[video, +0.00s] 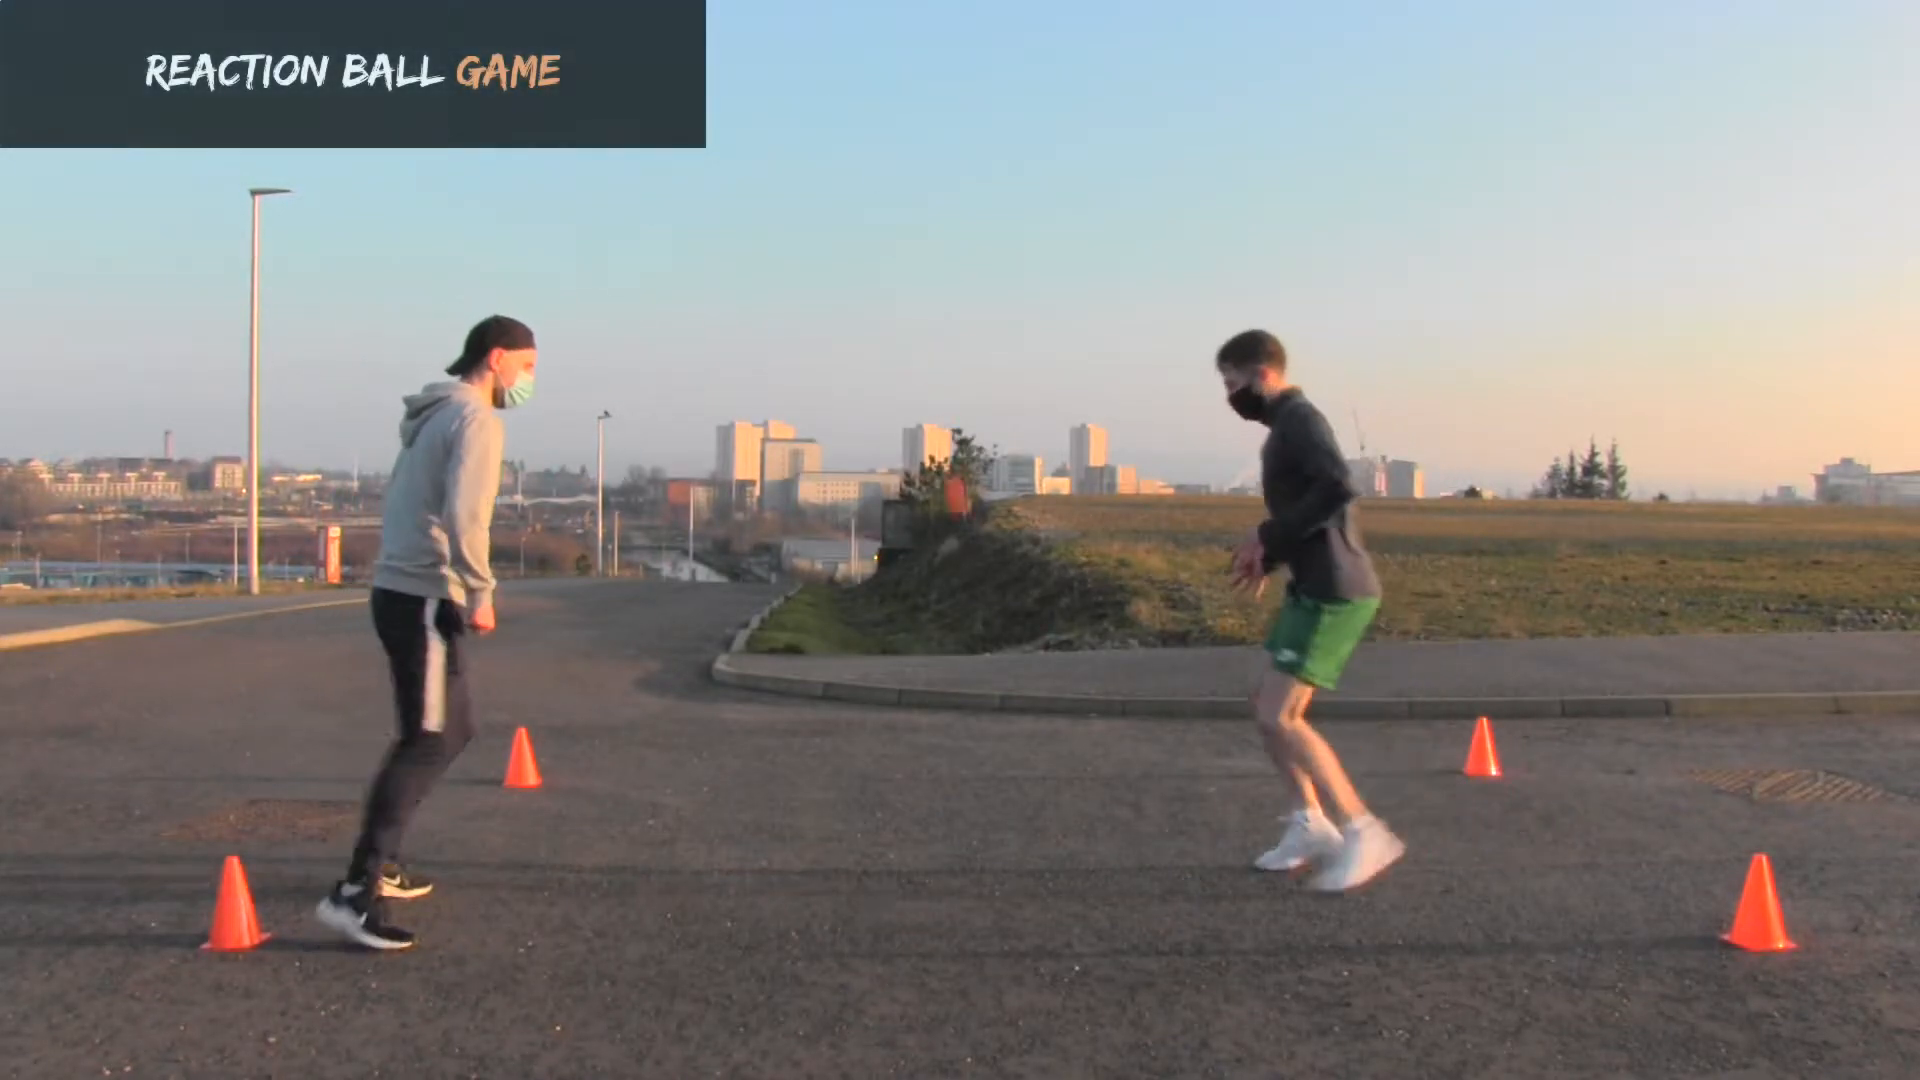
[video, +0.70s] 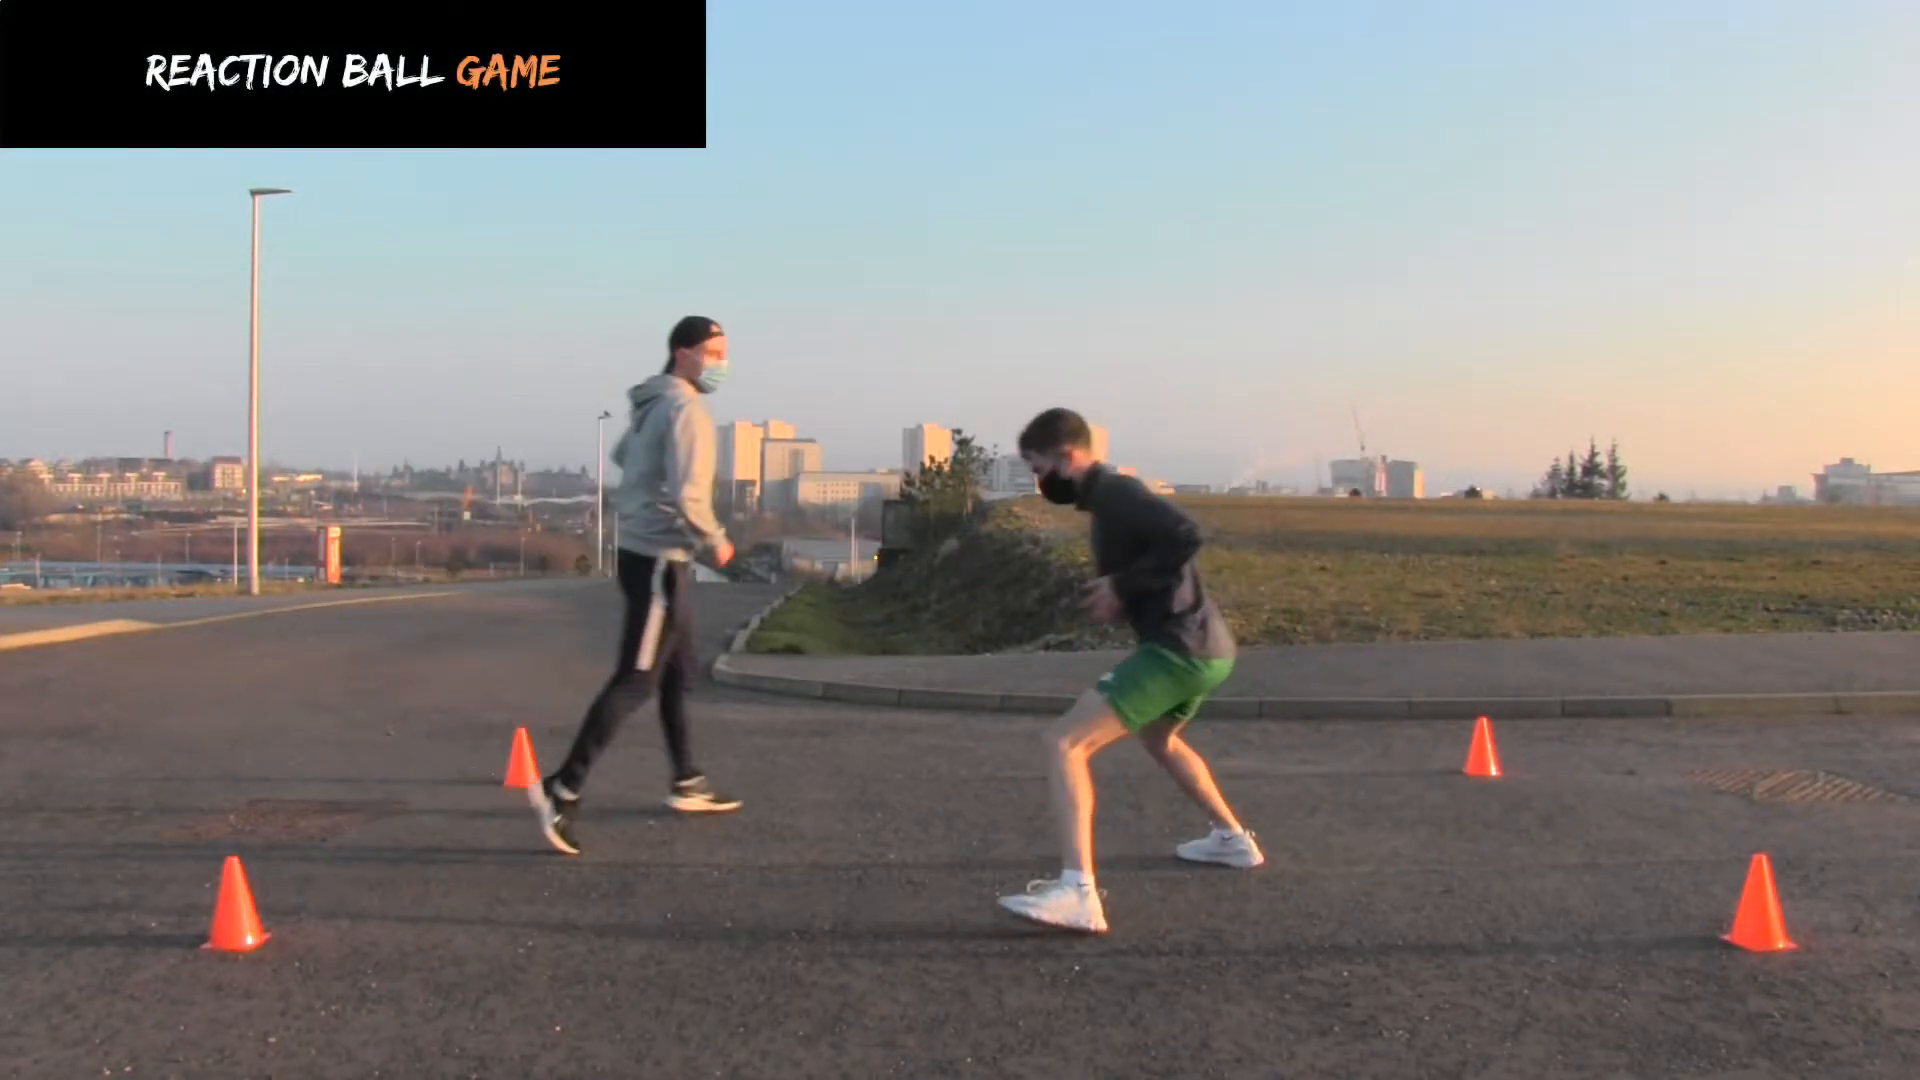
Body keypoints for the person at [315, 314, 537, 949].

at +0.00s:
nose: (530, 379)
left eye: (532, 367)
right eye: (527, 366)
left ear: (489, 358)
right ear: (496, 358)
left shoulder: (444, 411)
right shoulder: (478, 419)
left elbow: (425, 508)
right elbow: (464, 513)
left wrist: (455, 586)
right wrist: (481, 589)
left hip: (412, 591)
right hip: (419, 595)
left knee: (452, 727)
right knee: (426, 736)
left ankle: (378, 865)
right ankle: (356, 892)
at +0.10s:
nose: (541, 391)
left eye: (543, 381)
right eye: (538, 379)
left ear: (500, 369)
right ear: (506, 369)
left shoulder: (457, 419)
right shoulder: (492, 426)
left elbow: (458, 525)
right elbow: (471, 513)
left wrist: (522, 560)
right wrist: (472, 592)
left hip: (410, 597)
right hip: (434, 601)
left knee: (441, 736)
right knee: (479, 740)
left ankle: (380, 863)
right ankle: (389, 867)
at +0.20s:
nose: (568, 384)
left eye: (571, 374)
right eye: (565, 372)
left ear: (530, 362)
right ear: (532, 361)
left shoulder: (494, 408)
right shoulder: (510, 411)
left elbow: (502, 515)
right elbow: (480, 492)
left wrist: (571, 526)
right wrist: (474, 571)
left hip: (443, 587)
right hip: (481, 589)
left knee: (440, 724)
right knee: (535, 712)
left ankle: (377, 854)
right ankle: (464, 836)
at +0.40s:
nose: (627, 375)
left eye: (628, 365)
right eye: (620, 363)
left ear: (586, 363)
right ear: (588, 362)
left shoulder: (564, 410)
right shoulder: (572, 413)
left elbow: (551, 498)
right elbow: (546, 501)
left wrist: (592, 518)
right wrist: (553, 582)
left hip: (515, 578)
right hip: (548, 584)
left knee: (522, 698)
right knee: (567, 708)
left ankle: (425, 791)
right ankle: (518, 824)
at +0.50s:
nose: (661, 390)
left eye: (663, 380)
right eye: (654, 380)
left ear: (619, 383)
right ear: (622, 381)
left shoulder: (587, 431)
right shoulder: (612, 439)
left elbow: (575, 514)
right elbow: (606, 531)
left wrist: (618, 534)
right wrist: (625, 614)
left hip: (557, 587)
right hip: (578, 591)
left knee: (587, 701)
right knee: (597, 713)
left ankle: (500, 776)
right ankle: (520, 819)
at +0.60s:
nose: (688, 375)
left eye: (689, 366)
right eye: (681, 366)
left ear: (647, 370)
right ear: (648, 368)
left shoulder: (613, 419)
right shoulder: (643, 427)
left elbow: (571, 473)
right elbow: (643, 518)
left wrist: (614, 507)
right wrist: (669, 585)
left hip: (595, 572)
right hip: (608, 578)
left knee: (636, 679)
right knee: (596, 698)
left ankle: (571, 780)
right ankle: (525, 811)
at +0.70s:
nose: (722, 361)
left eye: (723, 352)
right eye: (715, 352)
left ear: (684, 355)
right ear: (684, 353)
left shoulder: (654, 402)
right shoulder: (688, 408)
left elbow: (622, 453)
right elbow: (687, 493)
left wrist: (668, 487)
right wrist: (715, 540)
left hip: (644, 552)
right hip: (659, 556)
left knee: (675, 667)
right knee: (637, 676)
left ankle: (687, 782)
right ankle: (561, 792)